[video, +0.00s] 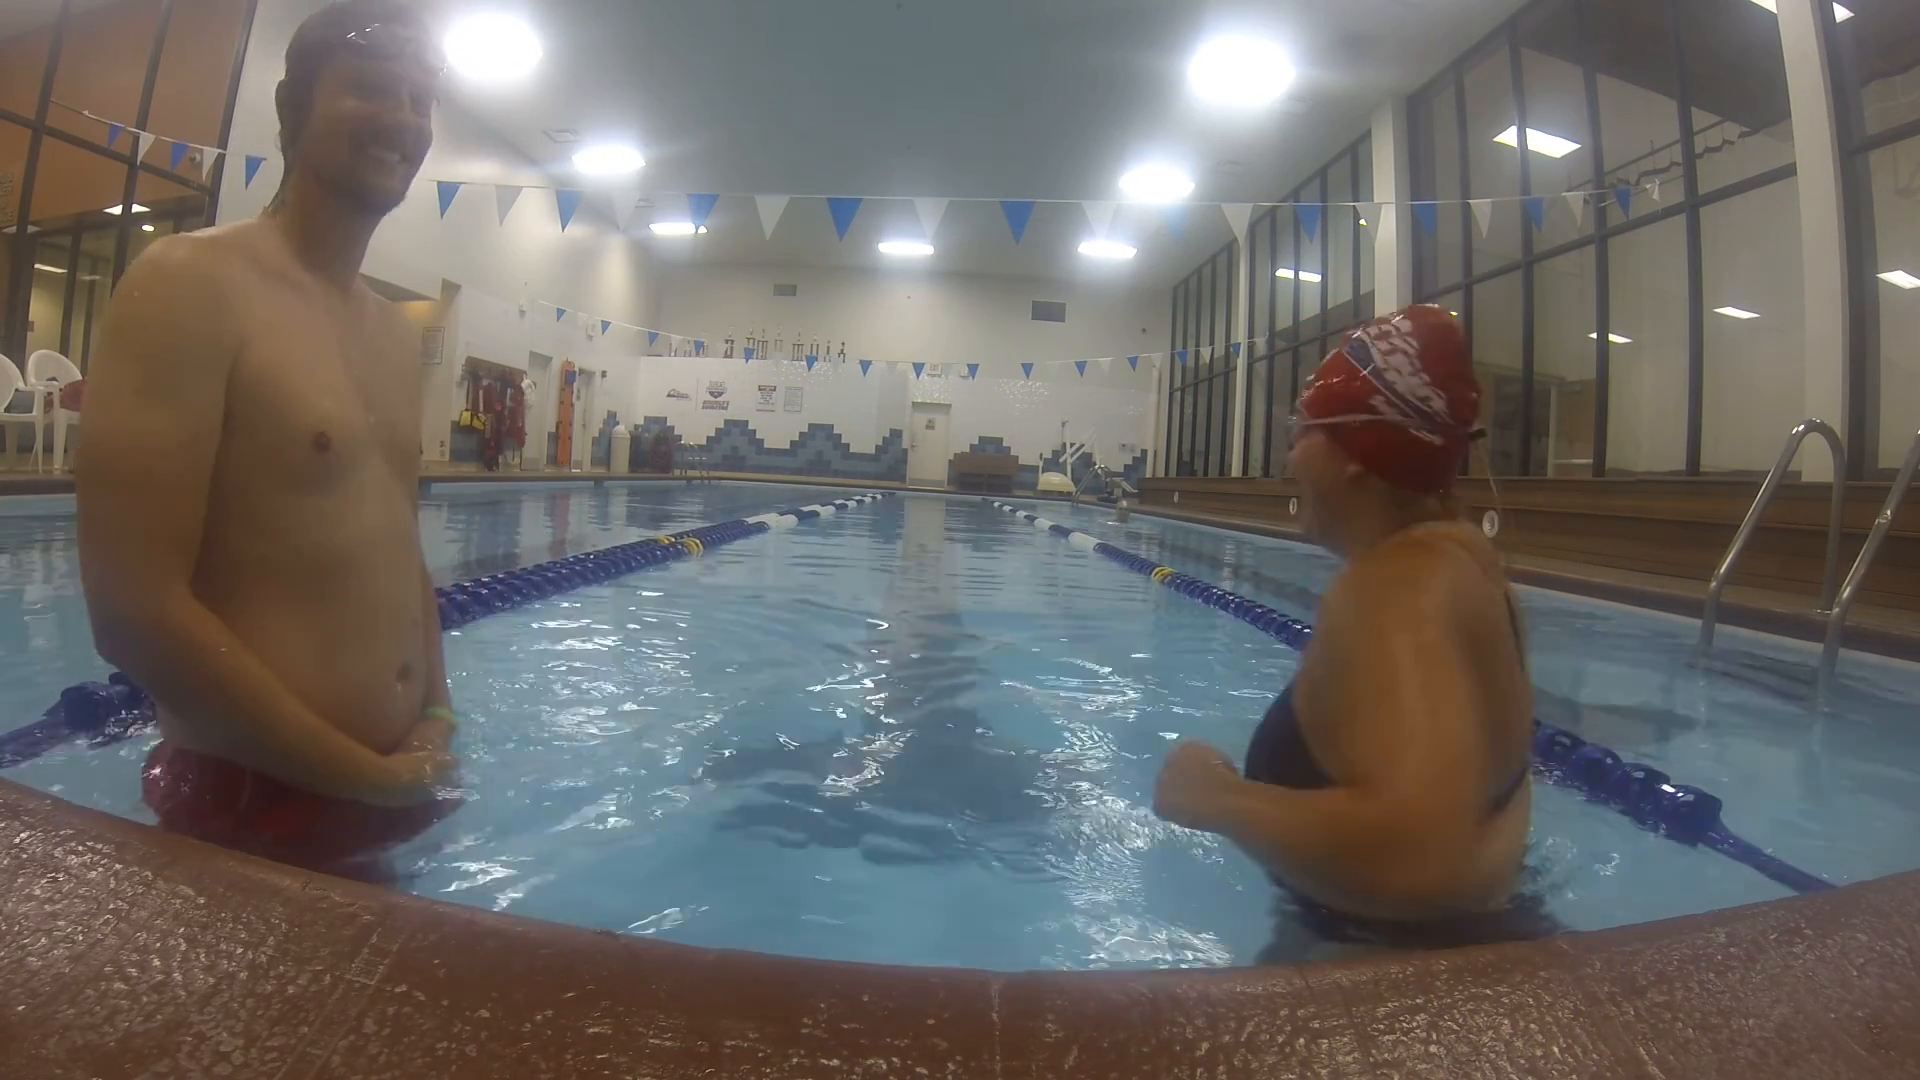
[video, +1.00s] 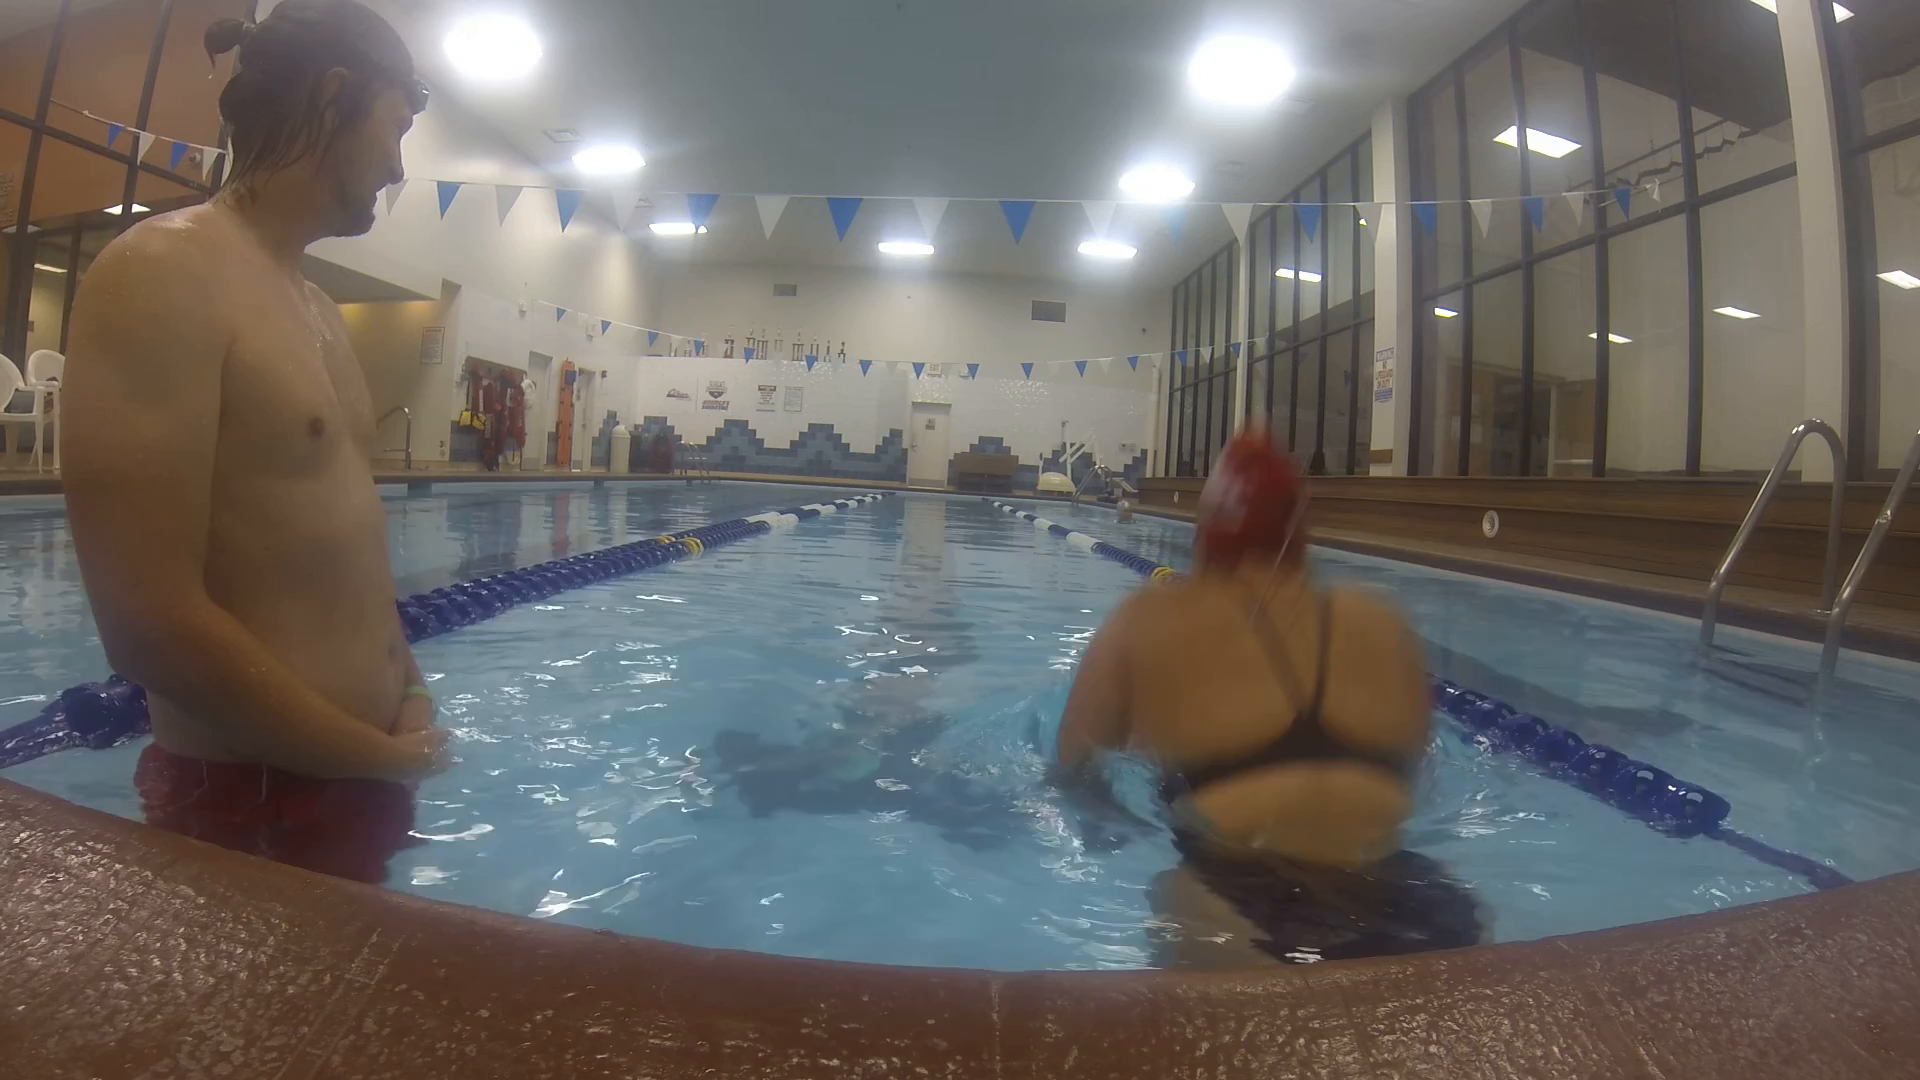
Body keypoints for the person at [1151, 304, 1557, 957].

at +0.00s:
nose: (1290, 456)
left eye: (1304, 431)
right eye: (1298, 431)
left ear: (1360, 453)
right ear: (1369, 454)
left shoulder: (1399, 587)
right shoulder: (1458, 561)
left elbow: (1423, 852)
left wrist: (1224, 801)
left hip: (1372, 967)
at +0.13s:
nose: (1302, 445)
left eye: (1314, 420)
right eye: (1311, 420)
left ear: (1354, 443)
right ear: (1439, 447)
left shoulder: (1359, 581)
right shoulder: (1503, 566)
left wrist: (1189, 792)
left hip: (1372, 950)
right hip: (1489, 935)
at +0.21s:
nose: (1306, 438)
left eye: (1317, 414)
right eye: (1315, 414)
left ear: (1351, 435)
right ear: (1445, 445)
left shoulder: (1338, 568)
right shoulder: (1515, 569)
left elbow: (1285, 806)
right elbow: (1536, 753)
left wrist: (1169, 797)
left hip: (1373, 947)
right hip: (1504, 927)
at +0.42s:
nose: (1302, 434)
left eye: (1308, 414)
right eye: (1311, 413)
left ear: (1320, 428)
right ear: (1434, 440)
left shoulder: (1293, 547)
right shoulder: (1506, 565)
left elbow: (1213, 761)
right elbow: (1535, 761)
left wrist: (1121, 832)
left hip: (1336, 948)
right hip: (1501, 938)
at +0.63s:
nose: (1283, 415)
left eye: (1288, 398)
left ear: (1300, 411)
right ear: (1406, 416)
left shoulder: (1247, 516)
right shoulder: (1483, 531)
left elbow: (1151, 711)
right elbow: (1521, 759)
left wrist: (1131, 819)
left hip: (1299, 911)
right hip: (1475, 904)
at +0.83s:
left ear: (1245, 439)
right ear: (1352, 442)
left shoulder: (1192, 529)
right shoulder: (1438, 542)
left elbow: (1087, 738)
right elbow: (1468, 749)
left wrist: (1122, 796)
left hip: (1258, 916)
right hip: (1436, 906)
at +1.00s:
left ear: (1206, 531)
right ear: (1301, 534)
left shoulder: (1149, 621)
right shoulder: (1382, 622)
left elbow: (1074, 766)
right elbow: (1412, 749)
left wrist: (1124, 834)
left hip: (1229, 927)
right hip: (1388, 921)